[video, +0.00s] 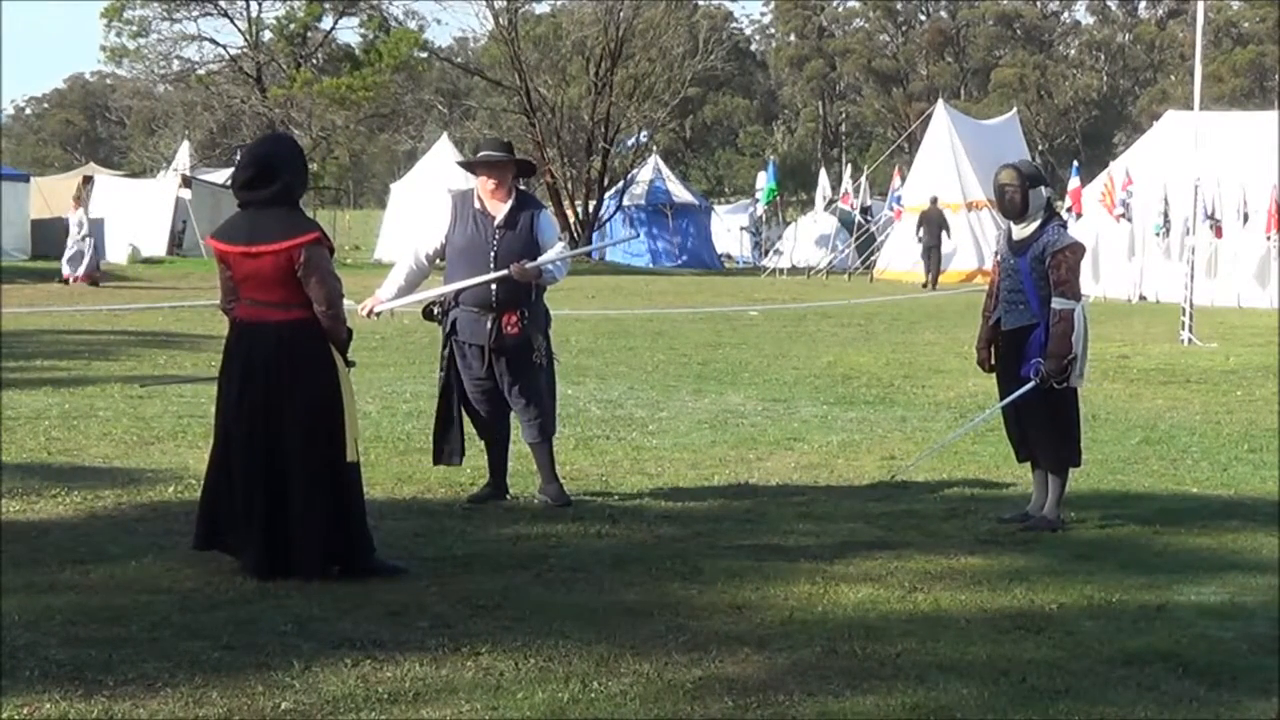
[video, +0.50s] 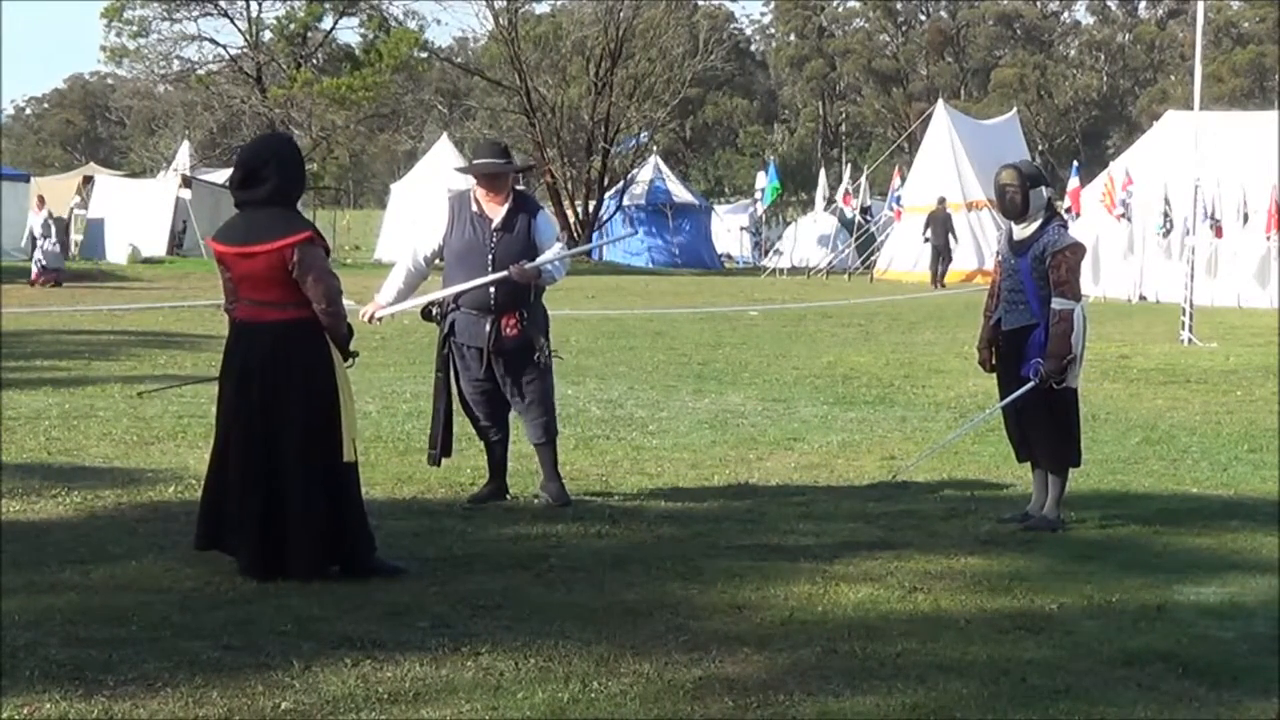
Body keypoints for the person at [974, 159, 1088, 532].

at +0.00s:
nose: (1004, 198)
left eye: (1012, 191)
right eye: (1000, 191)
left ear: (1035, 194)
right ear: (997, 196)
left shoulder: (1056, 238)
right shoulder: (1008, 236)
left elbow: (1065, 302)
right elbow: (996, 290)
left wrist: (1058, 354)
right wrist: (986, 336)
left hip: (1044, 339)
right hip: (1011, 339)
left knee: (1051, 419)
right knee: (1025, 418)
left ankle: (1053, 508)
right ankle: (1038, 502)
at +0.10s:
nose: (1004, 198)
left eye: (1012, 191)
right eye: (1001, 191)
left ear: (1035, 194)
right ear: (998, 196)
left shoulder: (1057, 239)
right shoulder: (1008, 236)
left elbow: (1065, 302)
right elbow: (997, 290)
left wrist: (1057, 355)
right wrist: (986, 336)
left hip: (1044, 339)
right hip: (1011, 339)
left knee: (1050, 419)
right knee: (1025, 418)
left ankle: (1053, 508)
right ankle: (1038, 502)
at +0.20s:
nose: (1004, 198)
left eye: (1012, 191)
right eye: (1001, 191)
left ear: (1036, 194)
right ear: (999, 195)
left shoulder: (1057, 239)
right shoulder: (1008, 236)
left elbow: (1065, 303)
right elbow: (997, 289)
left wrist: (1056, 355)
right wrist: (986, 336)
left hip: (1044, 339)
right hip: (1011, 339)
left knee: (1050, 418)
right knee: (1025, 418)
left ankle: (1053, 508)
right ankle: (1038, 502)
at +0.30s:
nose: (1005, 198)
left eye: (1013, 191)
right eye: (1001, 191)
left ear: (1036, 194)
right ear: (999, 195)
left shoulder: (1057, 239)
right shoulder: (1009, 236)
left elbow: (1064, 303)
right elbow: (997, 289)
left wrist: (1056, 355)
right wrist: (986, 336)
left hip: (1044, 338)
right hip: (1012, 339)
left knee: (1050, 418)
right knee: (1025, 417)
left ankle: (1053, 508)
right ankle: (1038, 502)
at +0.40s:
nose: (1005, 198)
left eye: (1013, 191)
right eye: (1001, 191)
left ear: (1036, 194)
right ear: (999, 196)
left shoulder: (1057, 239)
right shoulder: (1009, 236)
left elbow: (1065, 302)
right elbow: (998, 289)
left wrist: (1056, 355)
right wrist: (986, 336)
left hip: (1044, 338)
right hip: (1012, 339)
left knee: (1050, 418)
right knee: (1025, 418)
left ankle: (1053, 508)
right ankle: (1038, 502)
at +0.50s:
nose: (1005, 198)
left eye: (1013, 191)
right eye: (1001, 191)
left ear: (1036, 194)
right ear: (999, 196)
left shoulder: (1057, 239)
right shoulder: (1009, 237)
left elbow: (1065, 303)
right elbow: (998, 289)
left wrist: (1056, 355)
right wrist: (987, 336)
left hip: (1045, 338)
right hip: (1012, 339)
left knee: (1050, 418)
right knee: (1026, 417)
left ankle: (1053, 508)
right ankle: (1038, 502)